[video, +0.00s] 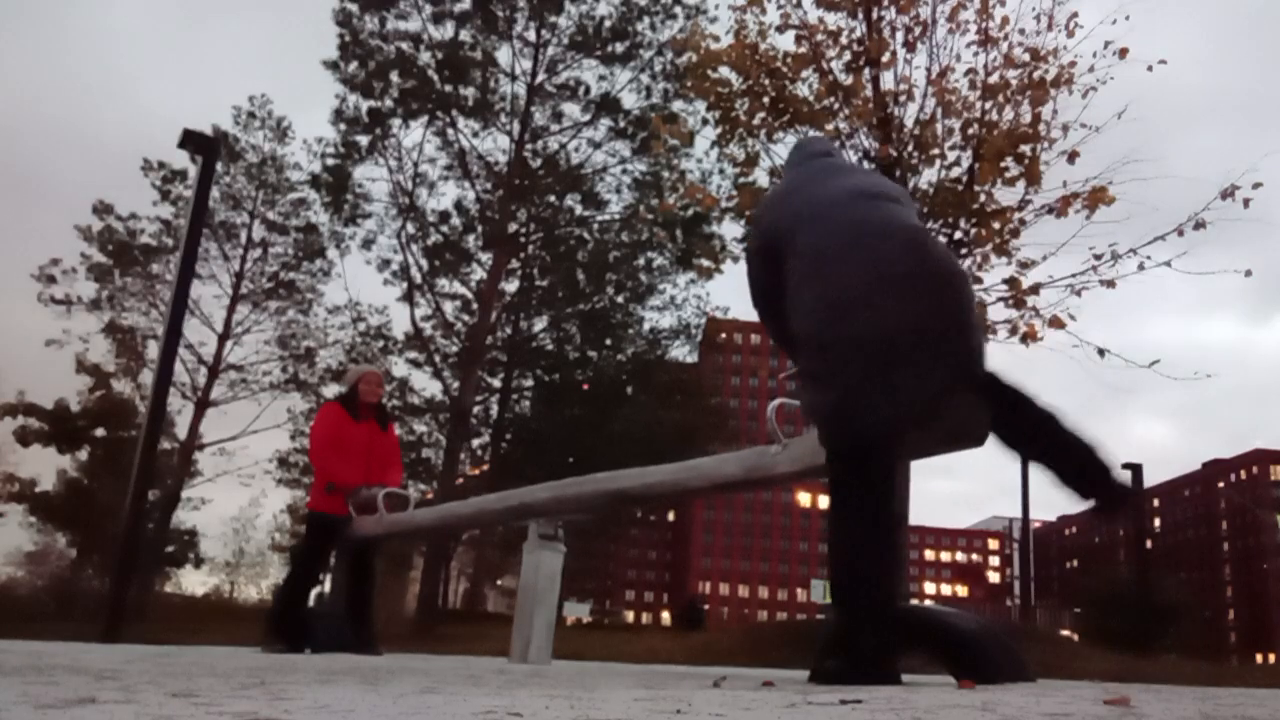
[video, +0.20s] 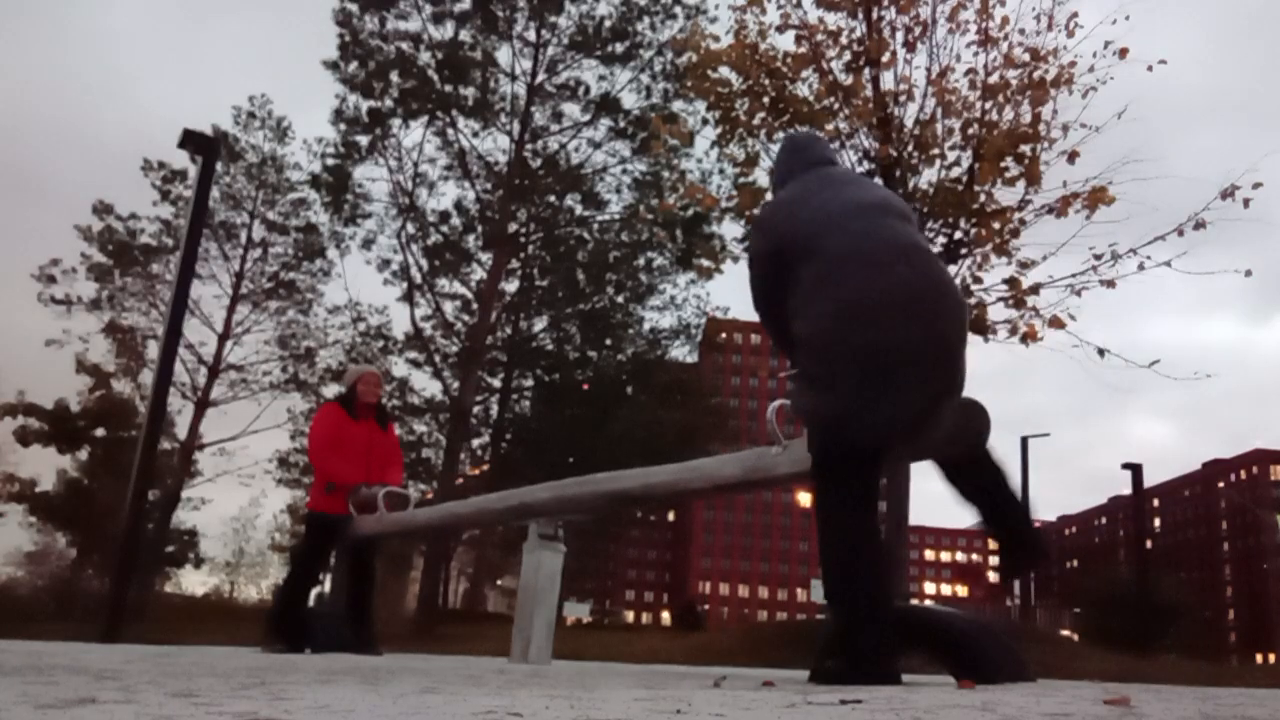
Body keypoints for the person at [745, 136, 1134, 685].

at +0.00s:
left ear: (787, 172)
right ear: (837, 159)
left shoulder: (770, 211)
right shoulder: (881, 185)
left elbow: (769, 304)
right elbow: (918, 259)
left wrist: (812, 354)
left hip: (851, 360)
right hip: (936, 338)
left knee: (860, 504)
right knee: (990, 396)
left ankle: (862, 644)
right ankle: (1101, 484)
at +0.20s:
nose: (772, 188)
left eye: (774, 180)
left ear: (781, 176)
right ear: (831, 162)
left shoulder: (773, 217)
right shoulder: (881, 194)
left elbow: (771, 310)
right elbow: (914, 271)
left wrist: (808, 355)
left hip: (846, 369)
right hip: (934, 354)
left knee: (845, 509)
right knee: (952, 439)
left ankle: (861, 647)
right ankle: (1021, 542)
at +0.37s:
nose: (774, 194)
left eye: (775, 186)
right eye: (776, 187)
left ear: (785, 178)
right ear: (837, 163)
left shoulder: (781, 220)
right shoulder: (883, 197)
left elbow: (784, 314)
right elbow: (925, 276)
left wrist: (815, 361)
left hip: (856, 354)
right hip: (941, 342)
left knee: (842, 494)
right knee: (928, 460)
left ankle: (859, 638)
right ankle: (971, 590)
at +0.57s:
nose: (797, 196)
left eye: (800, 188)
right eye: (798, 189)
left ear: (814, 181)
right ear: (860, 173)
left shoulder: (813, 219)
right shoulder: (897, 208)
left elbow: (796, 297)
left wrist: (817, 363)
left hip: (878, 366)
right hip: (952, 357)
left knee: (836, 498)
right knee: (915, 487)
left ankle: (861, 645)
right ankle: (960, 631)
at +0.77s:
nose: (832, 204)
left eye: (836, 196)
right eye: (835, 197)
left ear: (852, 191)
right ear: (899, 188)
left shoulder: (848, 233)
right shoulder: (929, 233)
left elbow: (822, 311)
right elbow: (934, 318)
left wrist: (833, 376)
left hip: (895, 386)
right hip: (971, 382)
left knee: (838, 510)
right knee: (926, 508)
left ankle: (863, 648)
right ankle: (982, 634)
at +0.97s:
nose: (861, 210)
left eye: (868, 202)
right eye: (865, 202)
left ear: (883, 205)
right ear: (928, 206)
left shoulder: (871, 246)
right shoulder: (955, 253)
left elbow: (832, 316)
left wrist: (833, 385)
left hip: (905, 403)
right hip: (980, 406)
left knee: (828, 513)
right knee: (919, 519)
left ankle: (868, 648)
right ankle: (985, 640)